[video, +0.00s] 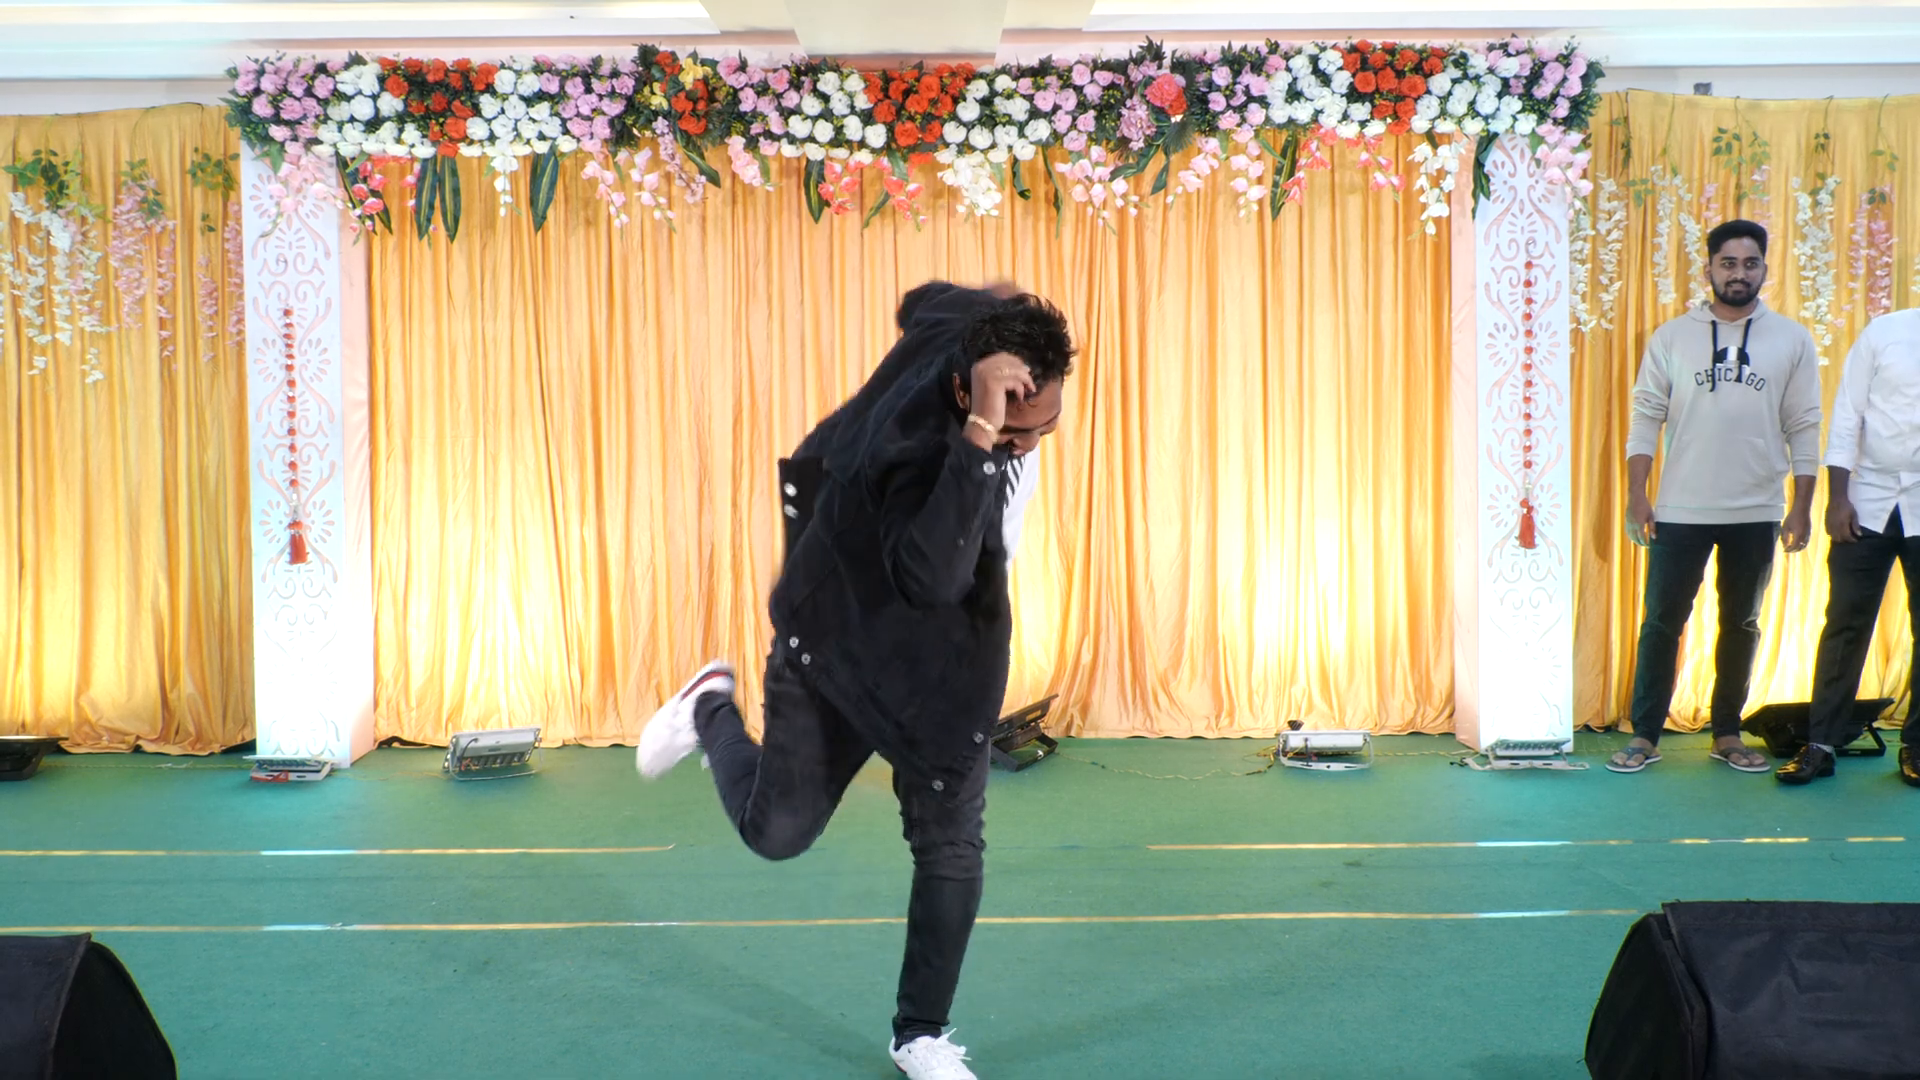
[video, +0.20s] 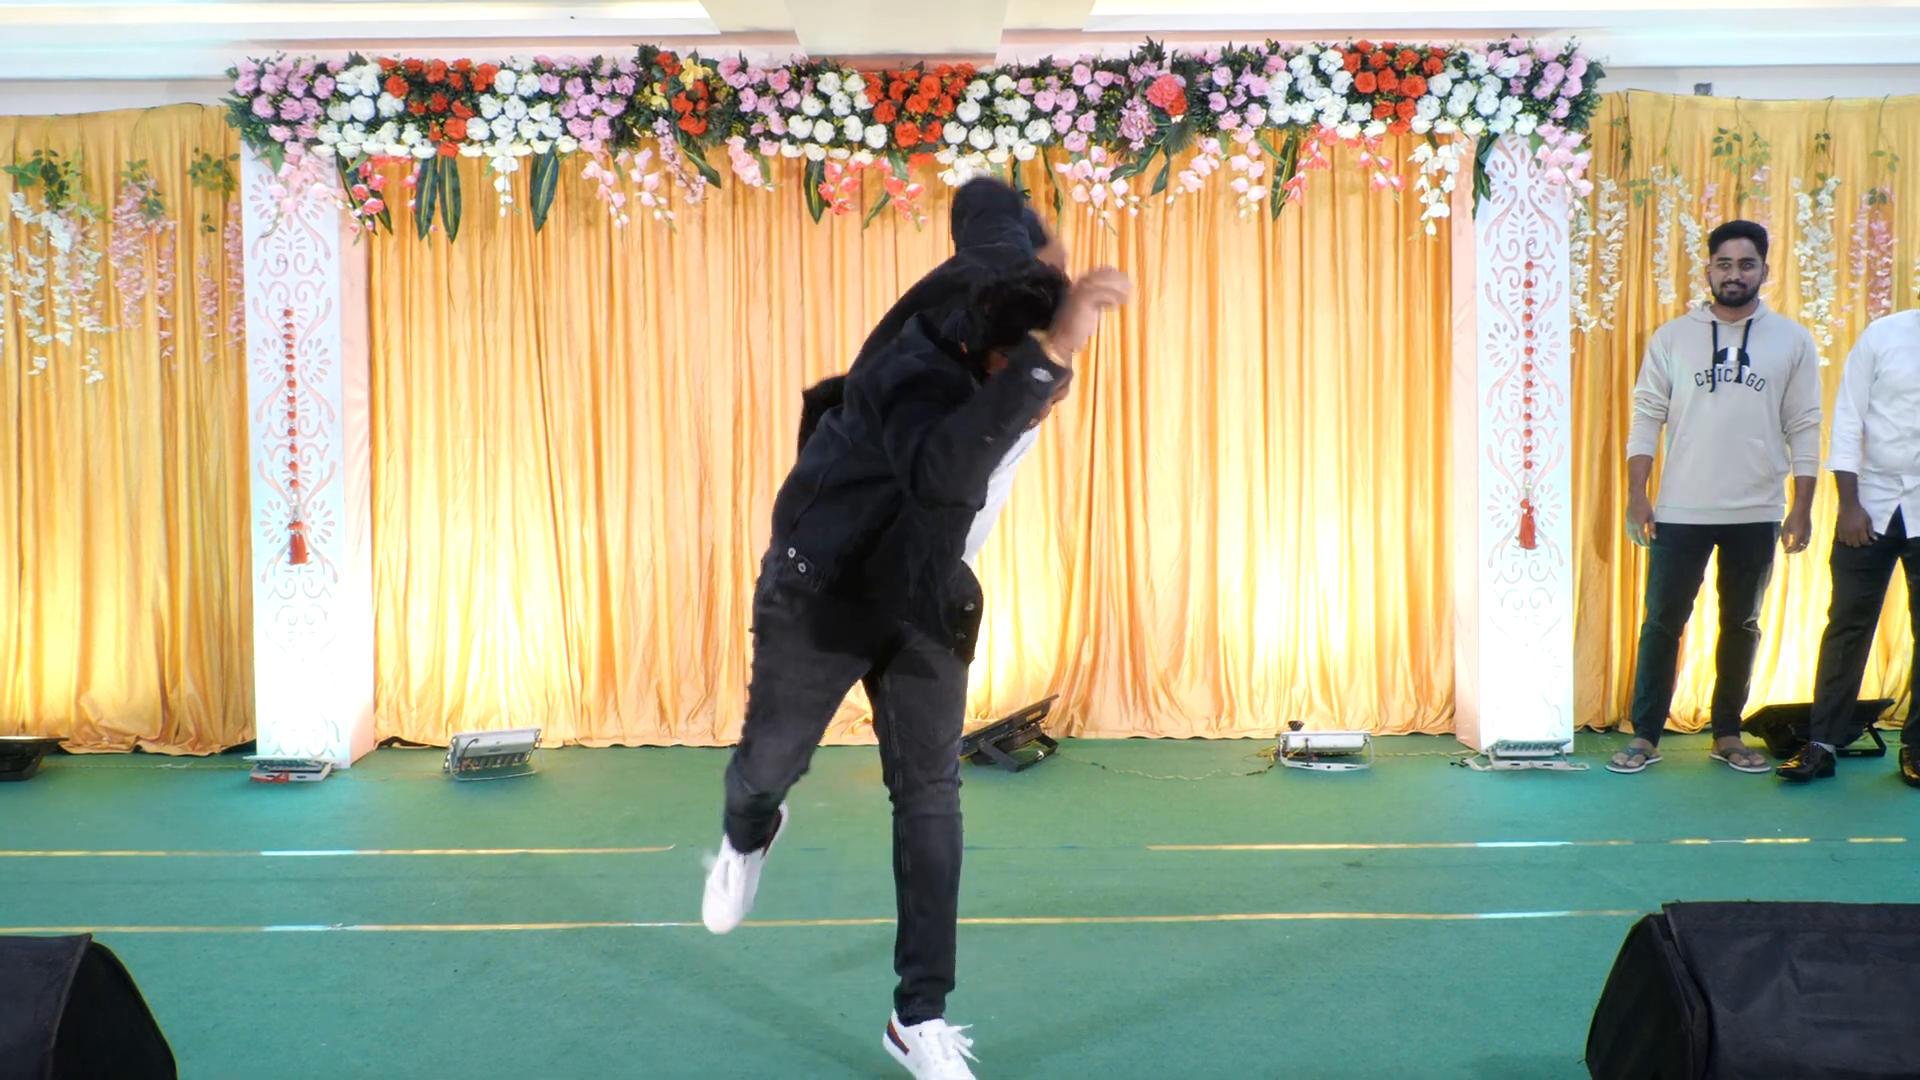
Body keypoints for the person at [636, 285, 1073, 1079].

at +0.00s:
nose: (1042, 436)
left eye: (1051, 420)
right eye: (1029, 422)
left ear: (1055, 383)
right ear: (973, 395)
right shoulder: (912, 445)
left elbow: (929, 301)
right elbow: (936, 576)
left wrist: (994, 306)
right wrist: (975, 444)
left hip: (944, 667)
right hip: (835, 648)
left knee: (951, 846)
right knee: (778, 831)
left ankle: (922, 1033)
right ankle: (707, 709)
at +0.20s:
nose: (1014, 383)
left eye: (1025, 369)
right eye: (1008, 365)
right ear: (979, 341)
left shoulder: (1002, 294)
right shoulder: (909, 365)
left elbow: (983, 196)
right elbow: (946, 471)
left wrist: (1041, 251)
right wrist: (1050, 360)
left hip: (928, 600)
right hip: (819, 589)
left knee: (930, 798)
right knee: (762, 774)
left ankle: (921, 1014)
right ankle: (744, 844)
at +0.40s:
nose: (993, 394)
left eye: (1005, 370)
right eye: (969, 378)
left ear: (1017, 343)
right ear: (921, 365)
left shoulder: (961, 335)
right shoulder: (922, 481)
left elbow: (1034, 255)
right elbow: (949, 656)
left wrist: (1162, 195)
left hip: (934, 675)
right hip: (832, 677)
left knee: (962, 863)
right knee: (760, 821)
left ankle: (909, 1041)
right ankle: (706, 799)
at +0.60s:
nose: (928, 342)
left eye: (942, 323)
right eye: (904, 322)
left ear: (957, 332)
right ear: (857, 335)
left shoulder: (996, 407)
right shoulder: (789, 458)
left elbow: (1147, 480)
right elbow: (738, 616)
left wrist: (1110, 416)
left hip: (937, 688)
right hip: (824, 695)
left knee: (937, 883)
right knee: (816, 886)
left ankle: (907, 1042)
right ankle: (754, 798)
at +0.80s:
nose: (846, 255)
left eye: (867, 241)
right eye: (826, 236)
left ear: (889, 259)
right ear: (792, 249)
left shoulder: (913, 343)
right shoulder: (738, 350)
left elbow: (938, 457)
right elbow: (649, 434)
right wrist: (590, 553)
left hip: (896, 629)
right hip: (777, 604)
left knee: (898, 832)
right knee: (724, 782)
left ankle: (906, 1033)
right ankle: (742, 941)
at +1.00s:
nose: (761, 252)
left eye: (787, 237)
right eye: (745, 231)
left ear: (820, 252)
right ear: (723, 235)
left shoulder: (826, 349)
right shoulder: (682, 319)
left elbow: (742, 489)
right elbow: (637, 439)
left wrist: (618, 424)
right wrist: (569, 510)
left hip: (839, 640)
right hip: (723, 646)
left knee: (902, 801)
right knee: (701, 845)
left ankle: (977, 888)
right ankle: (718, 1058)